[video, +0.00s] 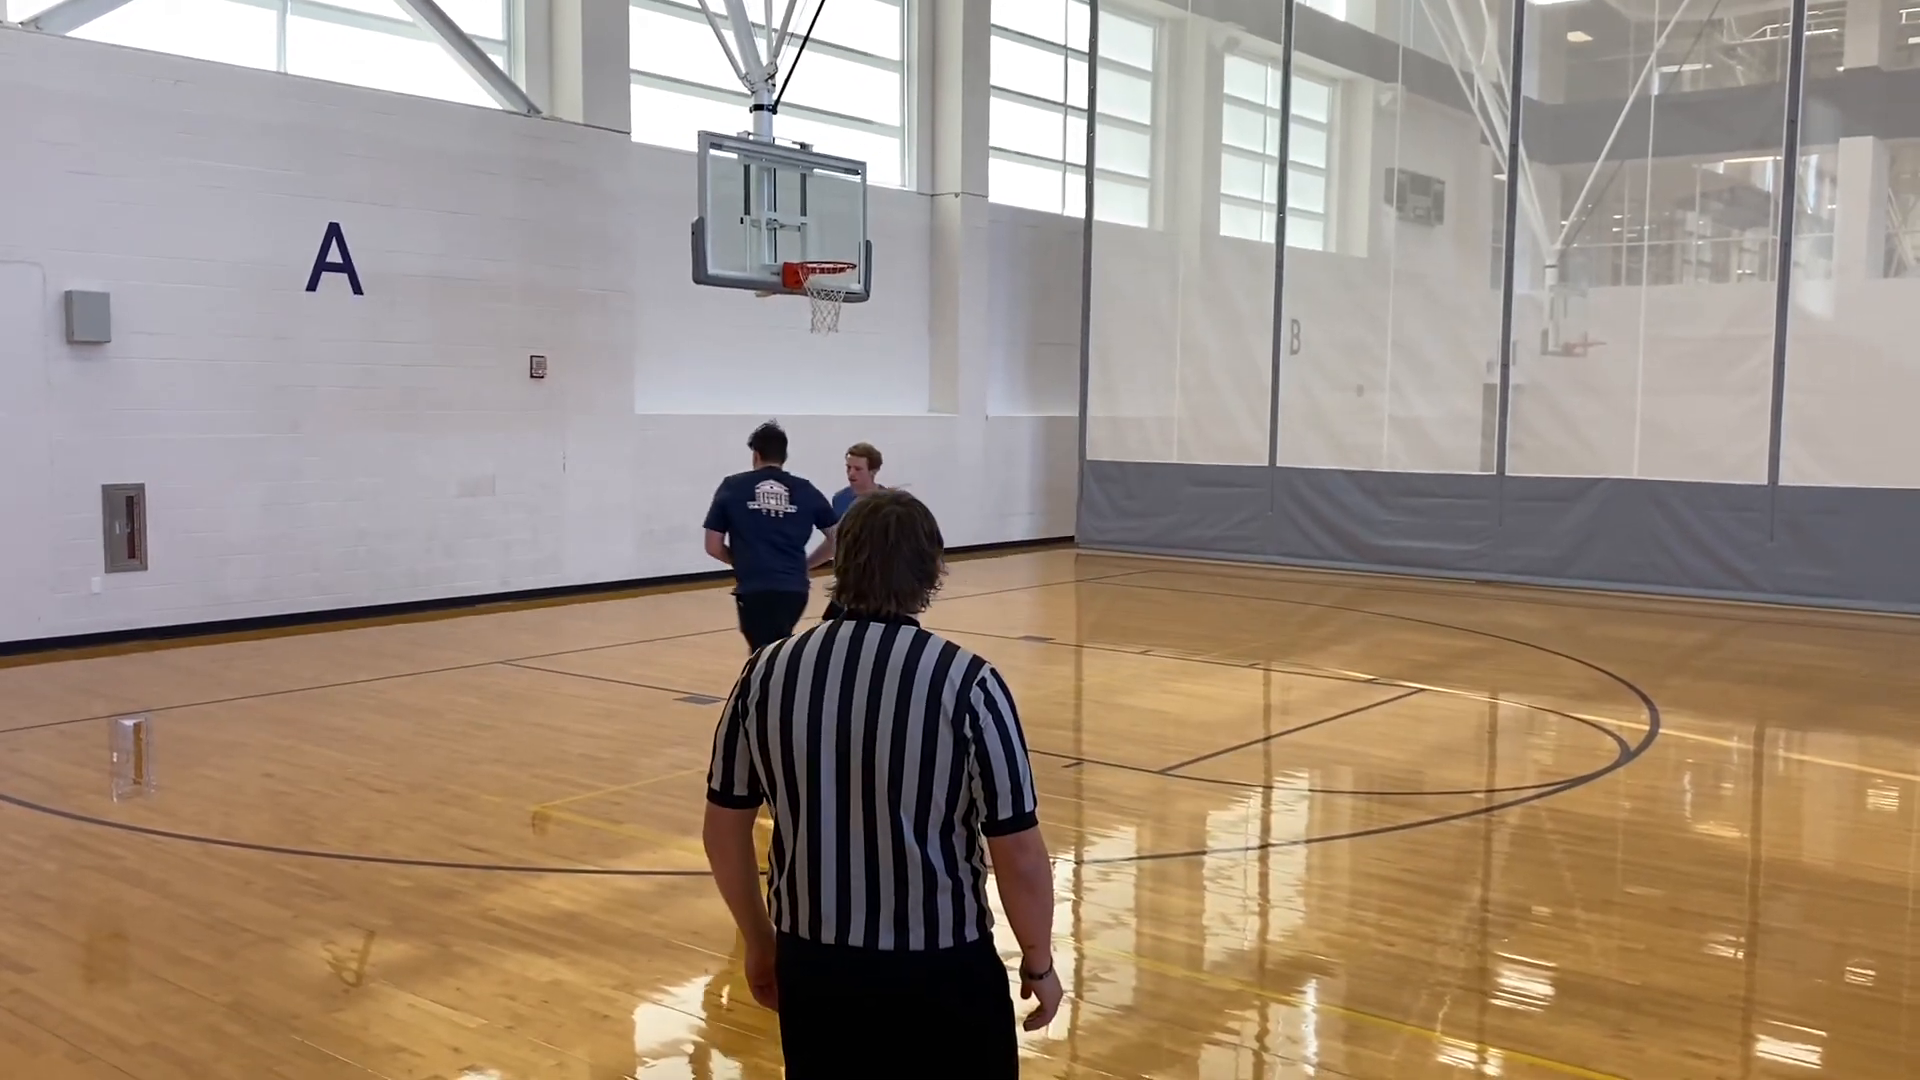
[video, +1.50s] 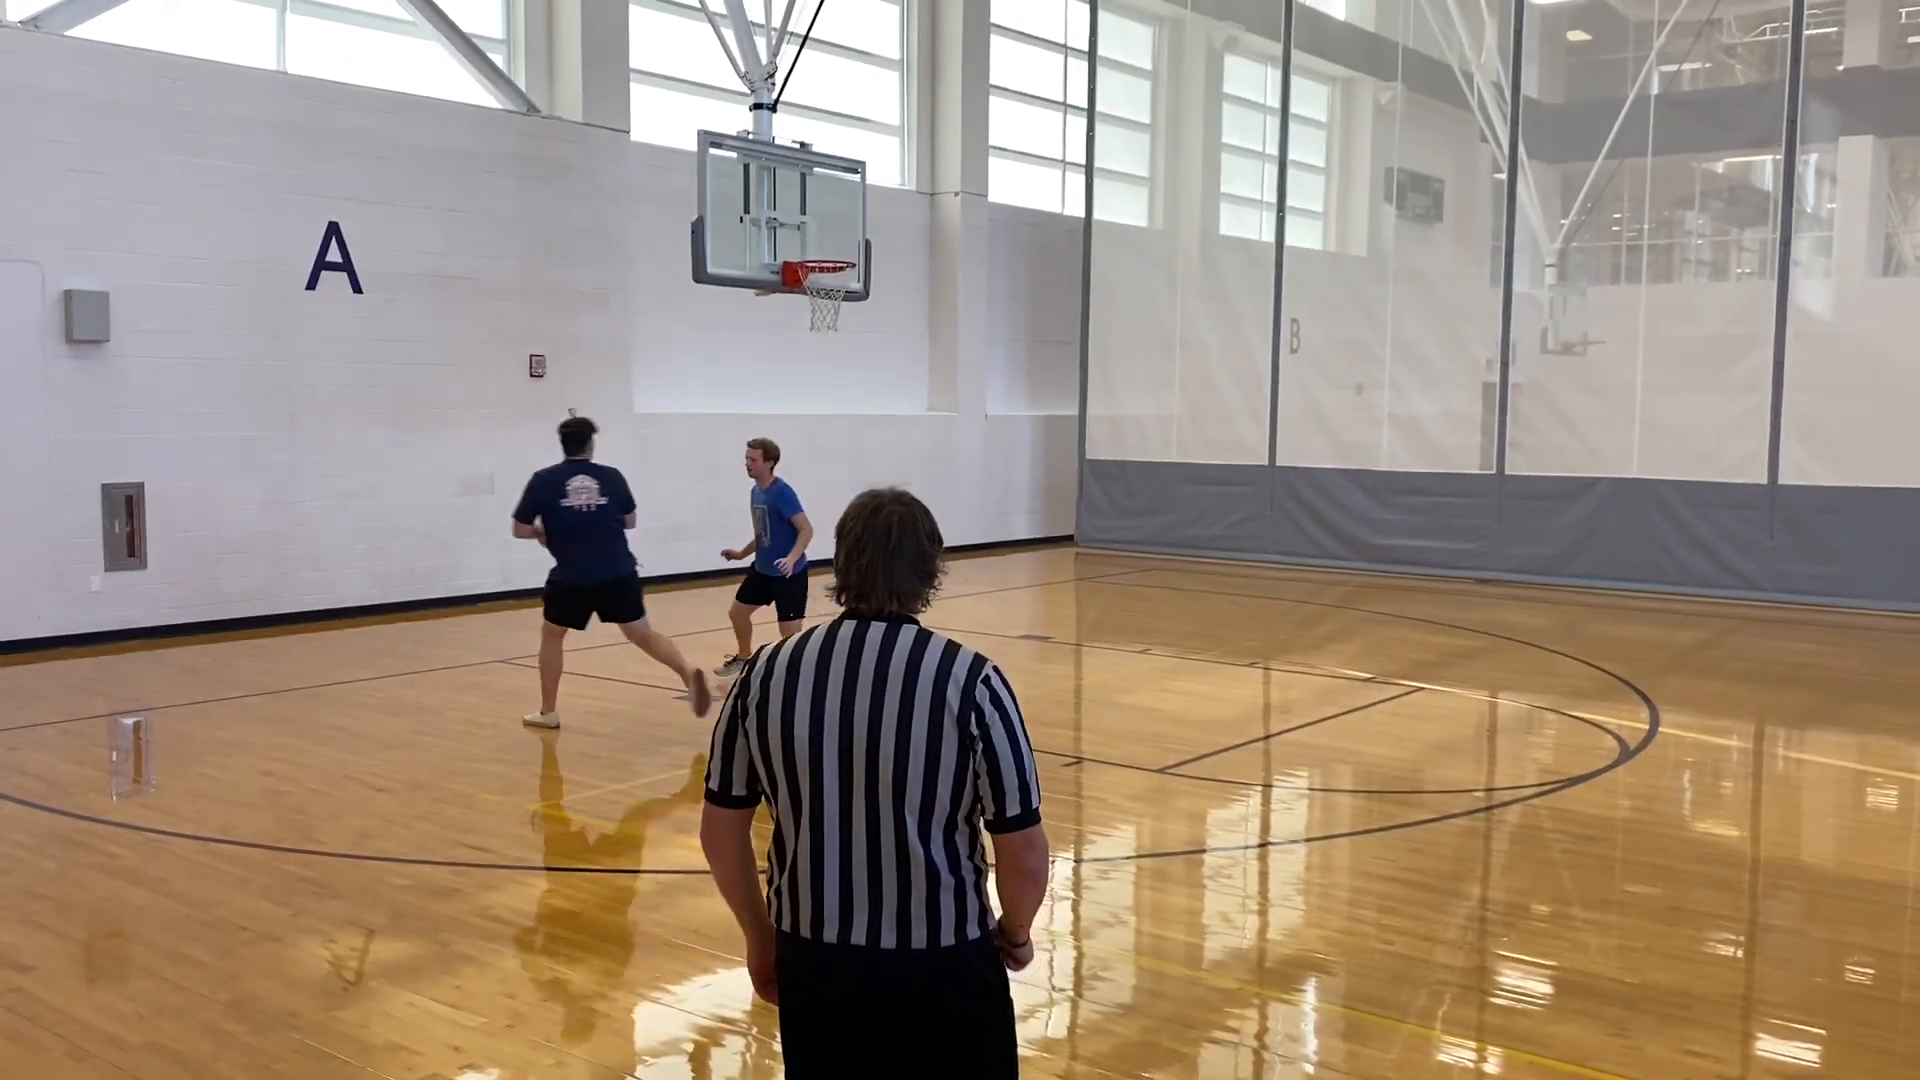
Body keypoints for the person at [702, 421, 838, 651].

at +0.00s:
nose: (752, 459)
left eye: (752, 455)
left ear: (756, 456)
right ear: (784, 457)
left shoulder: (733, 486)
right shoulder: (804, 488)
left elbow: (713, 546)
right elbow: (836, 540)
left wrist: (743, 560)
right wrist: (803, 565)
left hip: (754, 591)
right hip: (795, 591)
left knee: (766, 661)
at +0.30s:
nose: (727, 466)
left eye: (726, 462)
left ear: (728, 463)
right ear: (756, 465)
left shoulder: (706, 496)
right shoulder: (772, 501)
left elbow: (684, 552)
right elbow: (800, 557)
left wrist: (704, 573)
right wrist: (769, 573)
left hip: (718, 596)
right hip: (758, 596)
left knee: (724, 683)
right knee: (734, 655)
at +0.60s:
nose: (684, 470)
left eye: (685, 466)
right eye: (686, 466)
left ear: (688, 467)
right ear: (715, 468)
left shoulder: (670, 499)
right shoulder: (733, 504)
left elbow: (650, 551)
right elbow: (746, 564)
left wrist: (658, 579)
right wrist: (717, 572)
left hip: (686, 595)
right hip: (728, 595)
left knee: (660, 663)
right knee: (707, 657)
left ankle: (718, 695)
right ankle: (739, 702)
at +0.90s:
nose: (649, 462)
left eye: (648, 458)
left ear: (646, 460)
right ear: (675, 460)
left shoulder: (635, 491)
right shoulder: (693, 494)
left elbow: (620, 537)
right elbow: (691, 544)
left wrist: (613, 563)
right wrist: (639, 562)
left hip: (651, 590)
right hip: (696, 591)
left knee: (618, 635)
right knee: (696, 658)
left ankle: (628, 718)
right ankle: (739, 714)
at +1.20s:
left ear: (603, 447)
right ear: (632, 447)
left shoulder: (592, 479)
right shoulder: (650, 479)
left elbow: (584, 529)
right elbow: (649, 527)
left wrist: (573, 552)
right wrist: (592, 551)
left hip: (613, 581)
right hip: (658, 577)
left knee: (580, 644)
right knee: (684, 648)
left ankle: (557, 708)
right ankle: (730, 704)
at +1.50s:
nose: (589, 446)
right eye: (591, 441)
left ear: (562, 445)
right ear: (591, 444)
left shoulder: (543, 480)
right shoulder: (611, 476)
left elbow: (520, 529)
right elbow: (630, 521)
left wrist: (548, 529)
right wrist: (595, 517)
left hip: (571, 577)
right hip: (618, 574)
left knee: (552, 638)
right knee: (643, 634)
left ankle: (548, 711)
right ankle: (689, 673)